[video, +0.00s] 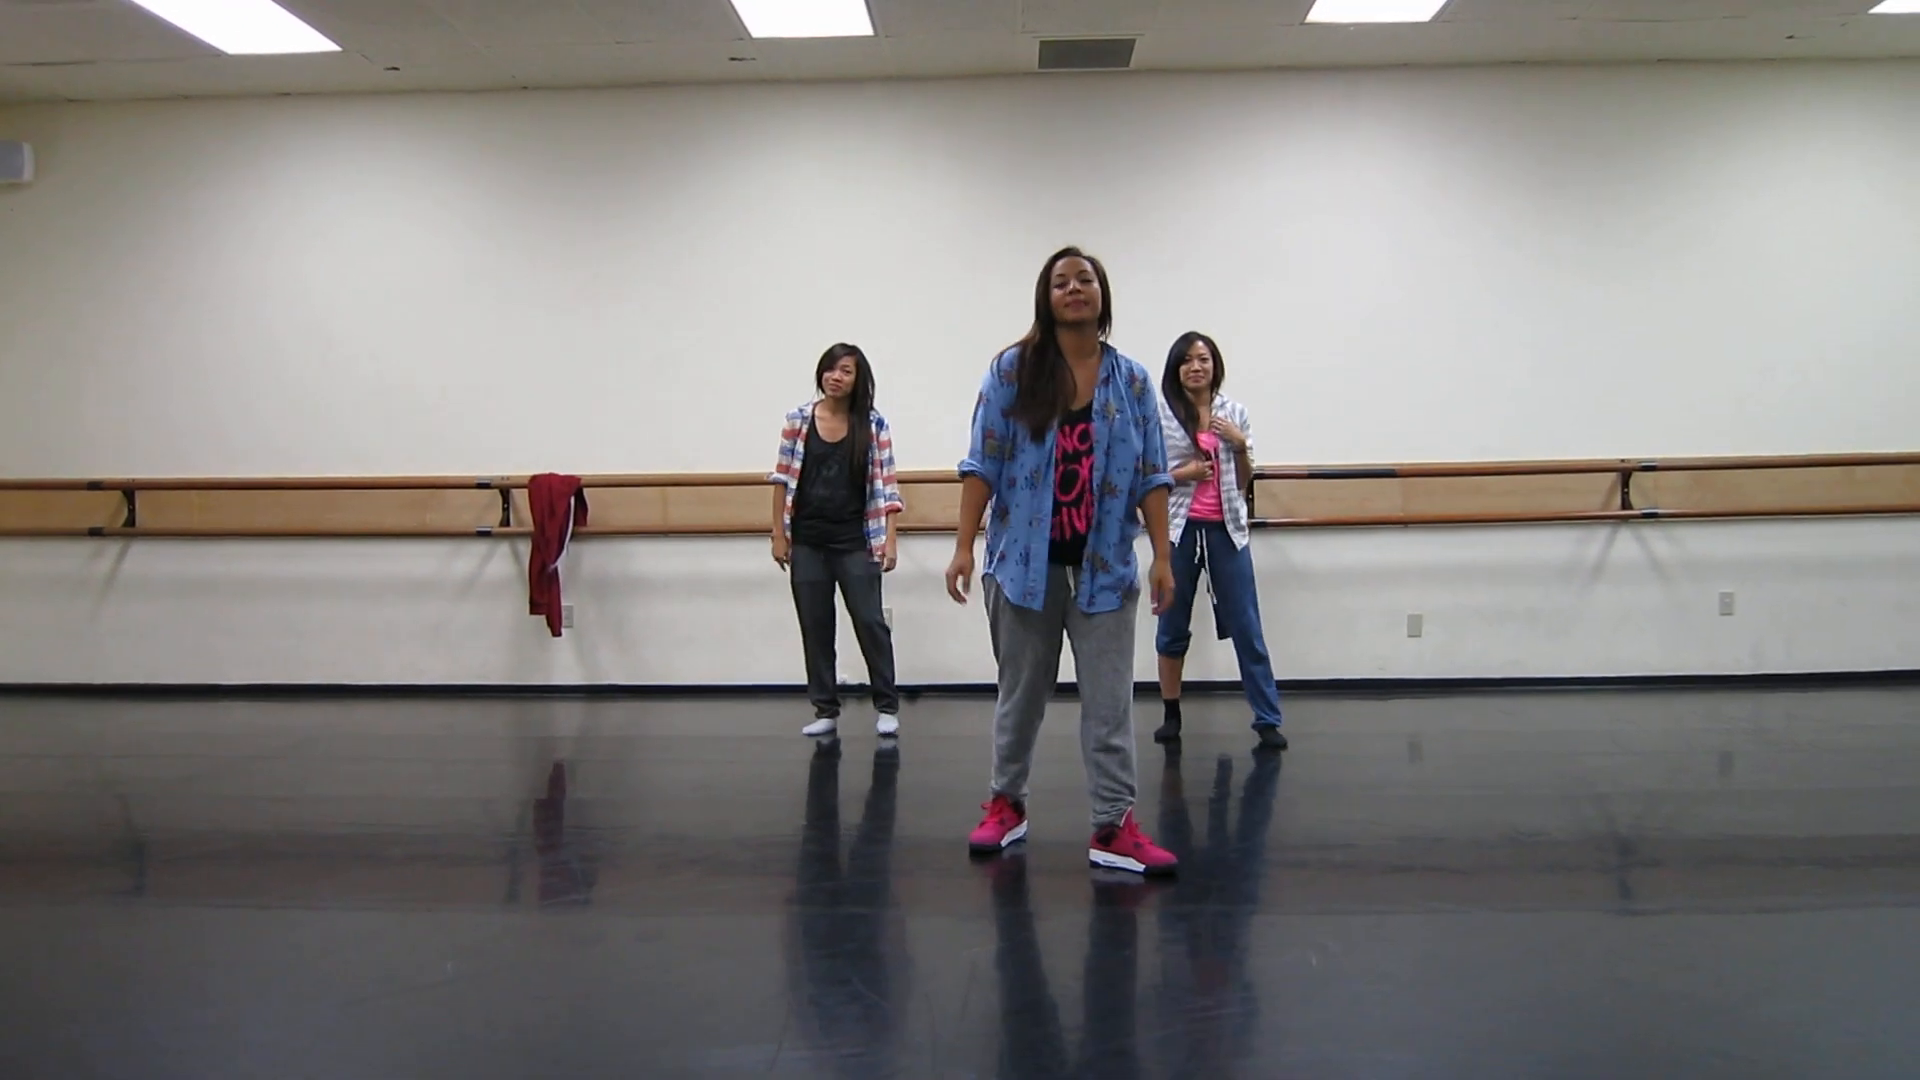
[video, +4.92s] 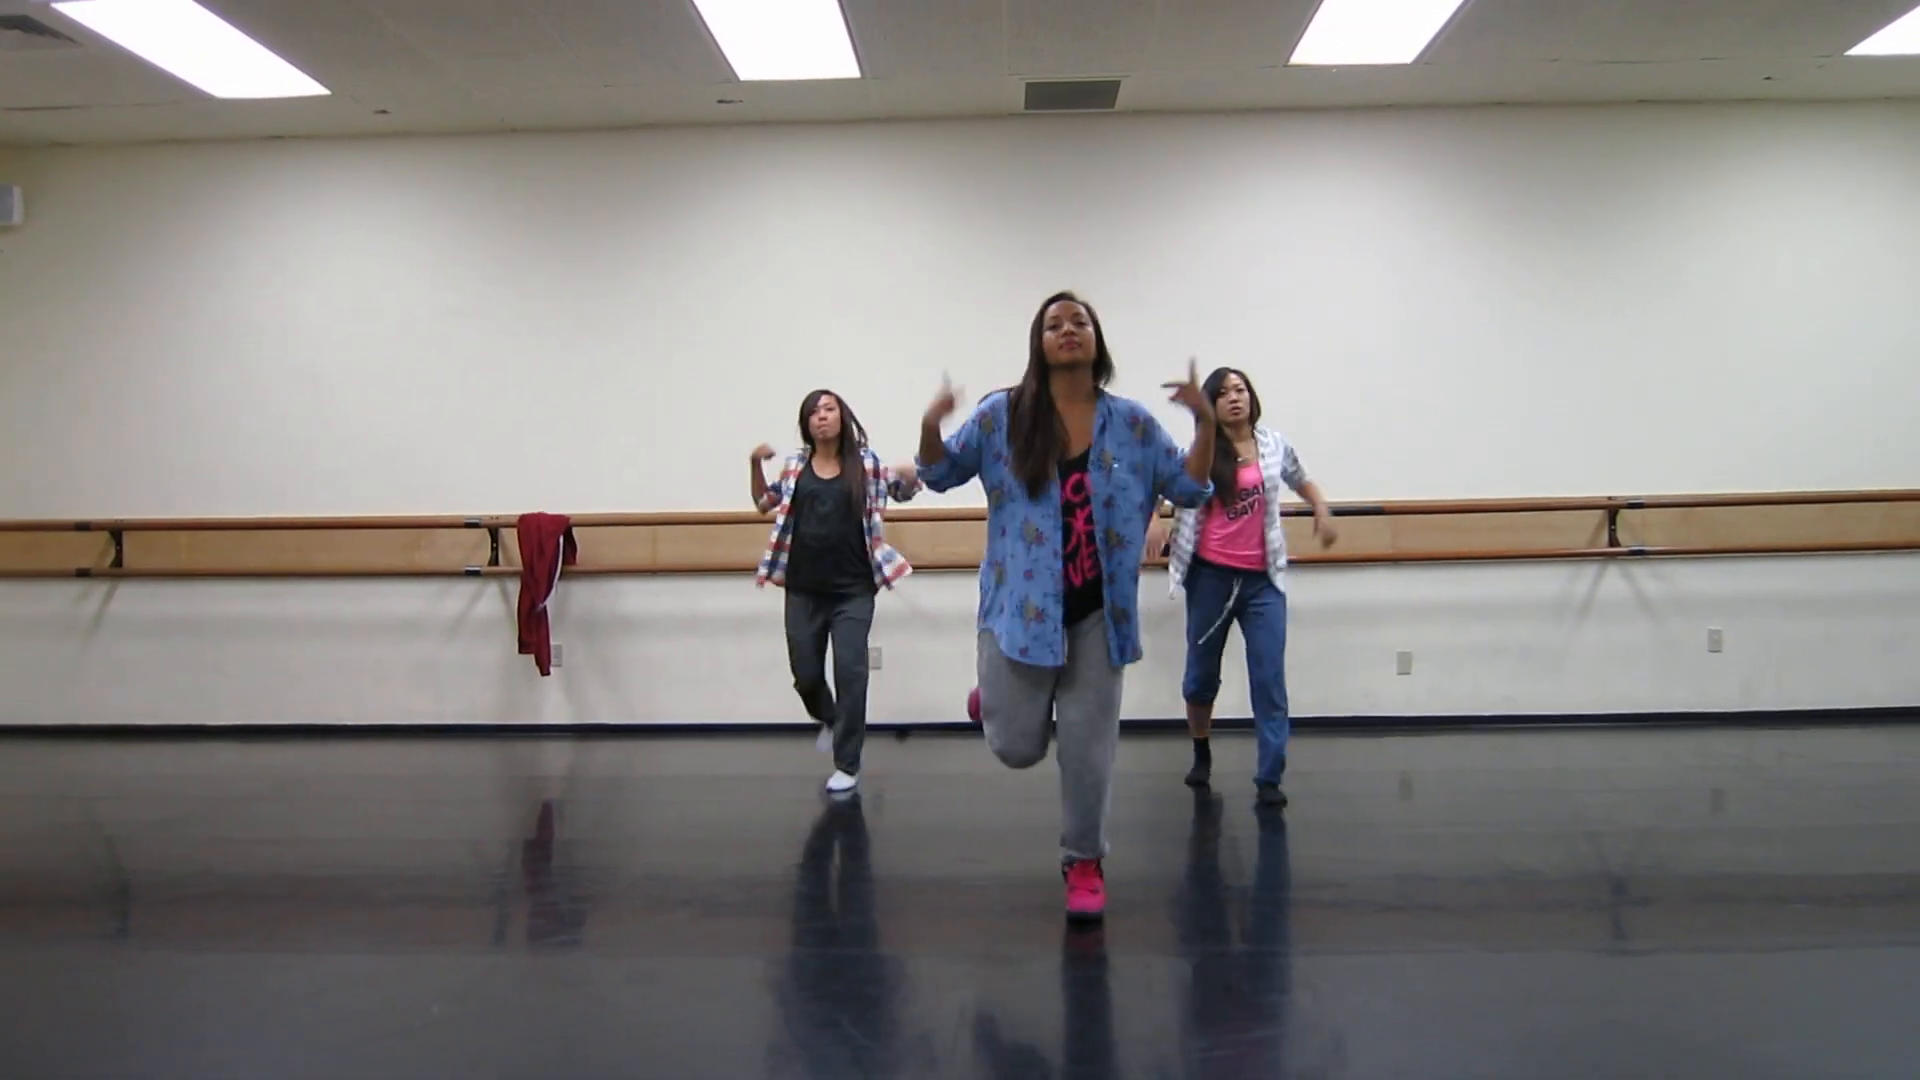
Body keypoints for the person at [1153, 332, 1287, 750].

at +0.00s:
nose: (1197, 366)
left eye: (1204, 359)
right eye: (1188, 360)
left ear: (1216, 366)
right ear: (1175, 369)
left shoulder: (1233, 413)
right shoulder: (1158, 415)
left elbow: (1242, 484)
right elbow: (1143, 478)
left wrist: (1240, 446)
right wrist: (1180, 473)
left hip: (1226, 531)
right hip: (1178, 530)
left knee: (1247, 628)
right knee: (1172, 625)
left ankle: (1267, 721)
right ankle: (1171, 716)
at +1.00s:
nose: (1254, 378)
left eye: (1262, 371)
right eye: (1244, 371)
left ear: (1274, 377)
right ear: (1232, 379)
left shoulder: (1290, 423)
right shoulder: (1211, 426)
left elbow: (1295, 490)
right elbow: (1194, 487)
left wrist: (1308, 461)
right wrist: (1232, 487)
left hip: (1270, 543)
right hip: (1221, 539)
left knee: (1263, 650)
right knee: (1212, 642)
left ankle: (1253, 739)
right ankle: (1205, 729)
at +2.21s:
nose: (1201, 390)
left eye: (1210, 384)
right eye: (1193, 383)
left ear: (1222, 392)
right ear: (1180, 389)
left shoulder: (1237, 438)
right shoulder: (1157, 436)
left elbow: (1243, 503)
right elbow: (1137, 494)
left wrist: (1247, 479)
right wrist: (1164, 500)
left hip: (1219, 555)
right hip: (1169, 554)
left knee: (1236, 653)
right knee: (1169, 655)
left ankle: (1257, 747)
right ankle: (1171, 744)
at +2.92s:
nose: (1229, 395)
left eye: (1236, 388)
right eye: (1220, 389)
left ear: (1248, 397)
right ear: (1206, 398)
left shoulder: (1264, 445)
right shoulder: (1184, 447)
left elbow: (1274, 495)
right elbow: (1168, 507)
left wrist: (1275, 512)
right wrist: (1192, 545)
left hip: (1253, 562)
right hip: (1200, 561)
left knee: (1283, 657)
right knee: (1191, 658)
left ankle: (1307, 748)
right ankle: (1176, 753)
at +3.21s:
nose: (1276, 392)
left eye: (1283, 385)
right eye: (1268, 387)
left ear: (1295, 393)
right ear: (1254, 397)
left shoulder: (1313, 440)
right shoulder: (1236, 448)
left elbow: (1323, 491)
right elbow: (1226, 512)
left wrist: (1333, 504)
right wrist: (1223, 569)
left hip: (1306, 558)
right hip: (1256, 559)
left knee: (1308, 657)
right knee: (1228, 647)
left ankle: (1311, 747)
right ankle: (1200, 745)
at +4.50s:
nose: (1243, 396)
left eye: (1251, 390)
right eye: (1234, 390)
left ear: (1263, 399)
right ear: (1221, 400)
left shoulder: (1282, 448)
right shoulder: (1201, 449)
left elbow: (1296, 509)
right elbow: (1187, 512)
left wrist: (1305, 564)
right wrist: (1187, 569)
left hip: (1265, 567)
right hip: (1214, 566)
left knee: (1283, 661)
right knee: (1206, 665)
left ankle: (1297, 746)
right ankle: (1203, 754)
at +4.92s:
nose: (1233, 397)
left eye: (1240, 390)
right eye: (1223, 393)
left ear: (1253, 399)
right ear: (1210, 406)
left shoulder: (1275, 445)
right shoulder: (1198, 450)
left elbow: (1303, 484)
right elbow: (1171, 487)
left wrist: (1322, 512)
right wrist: (1156, 520)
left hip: (1262, 579)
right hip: (1209, 577)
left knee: (1270, 679)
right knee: (1201, 676)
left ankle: (1270, 780)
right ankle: (1200, 751)